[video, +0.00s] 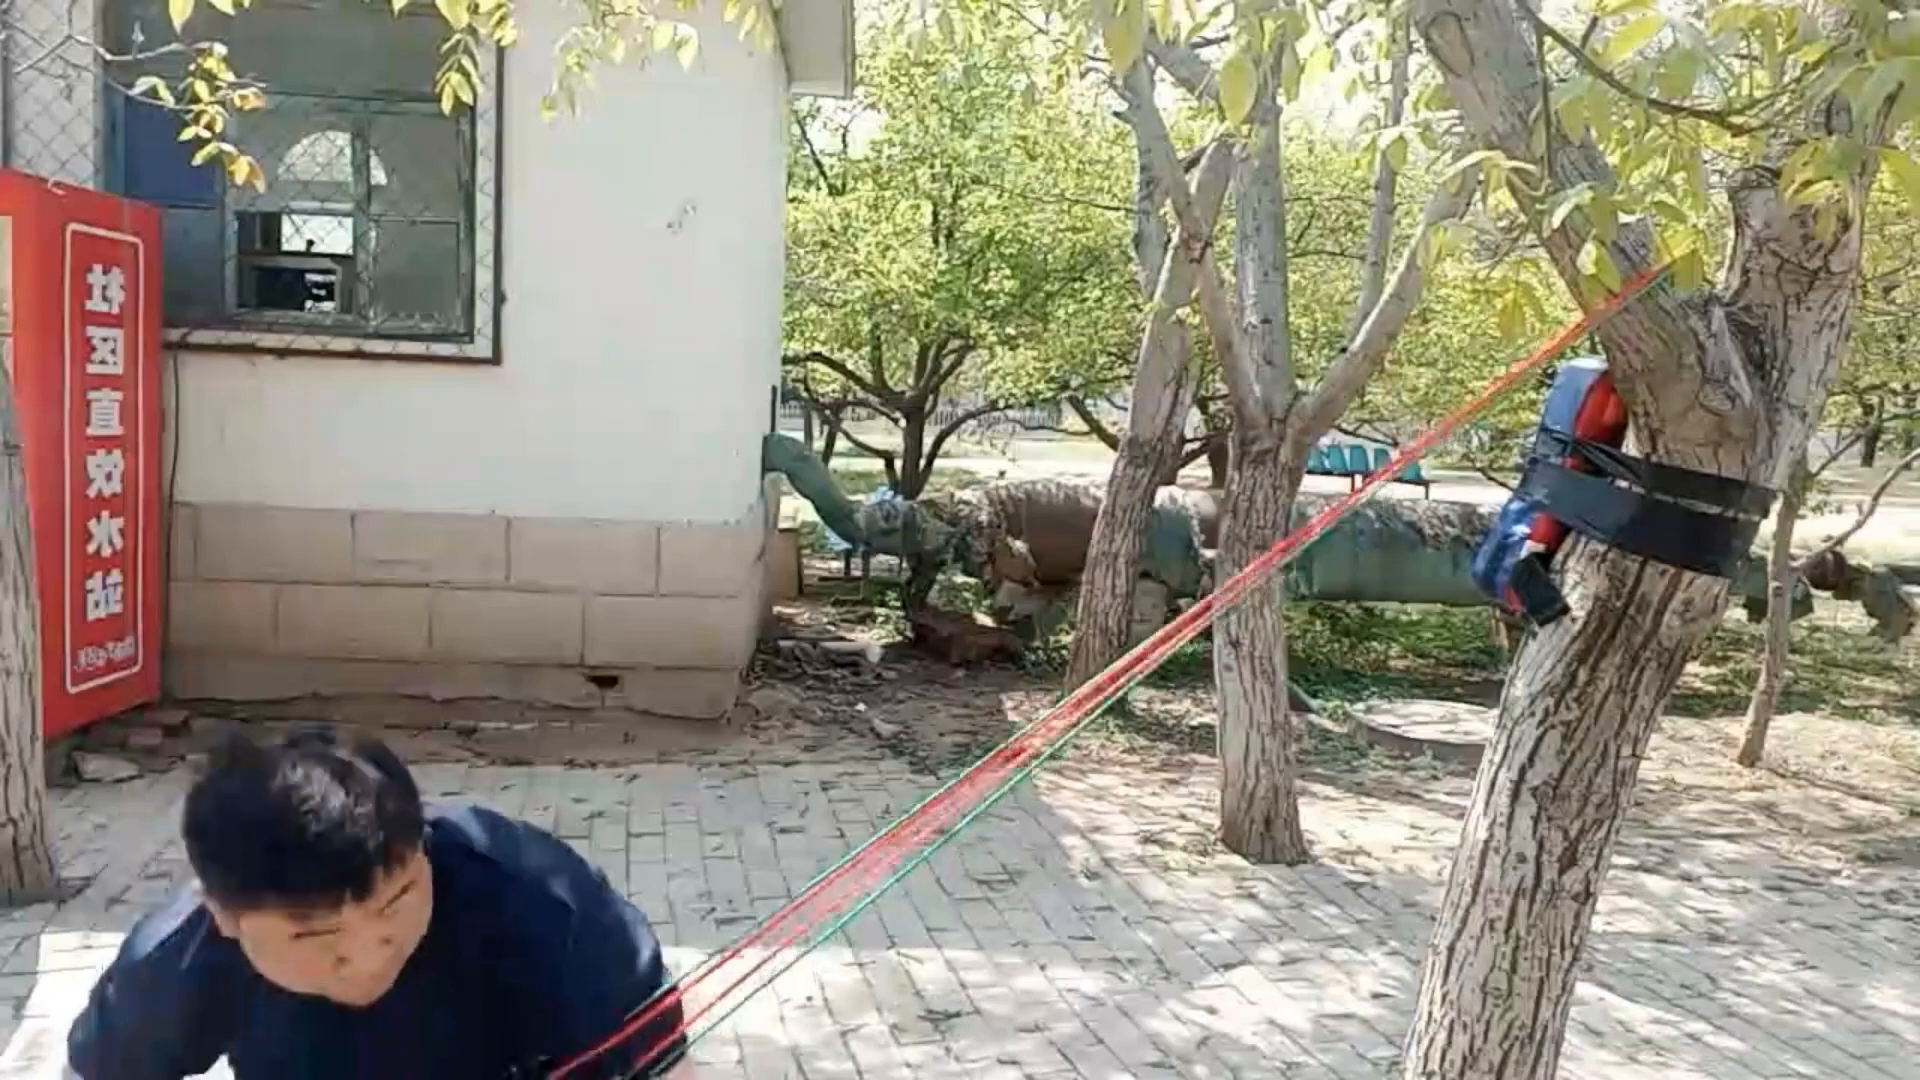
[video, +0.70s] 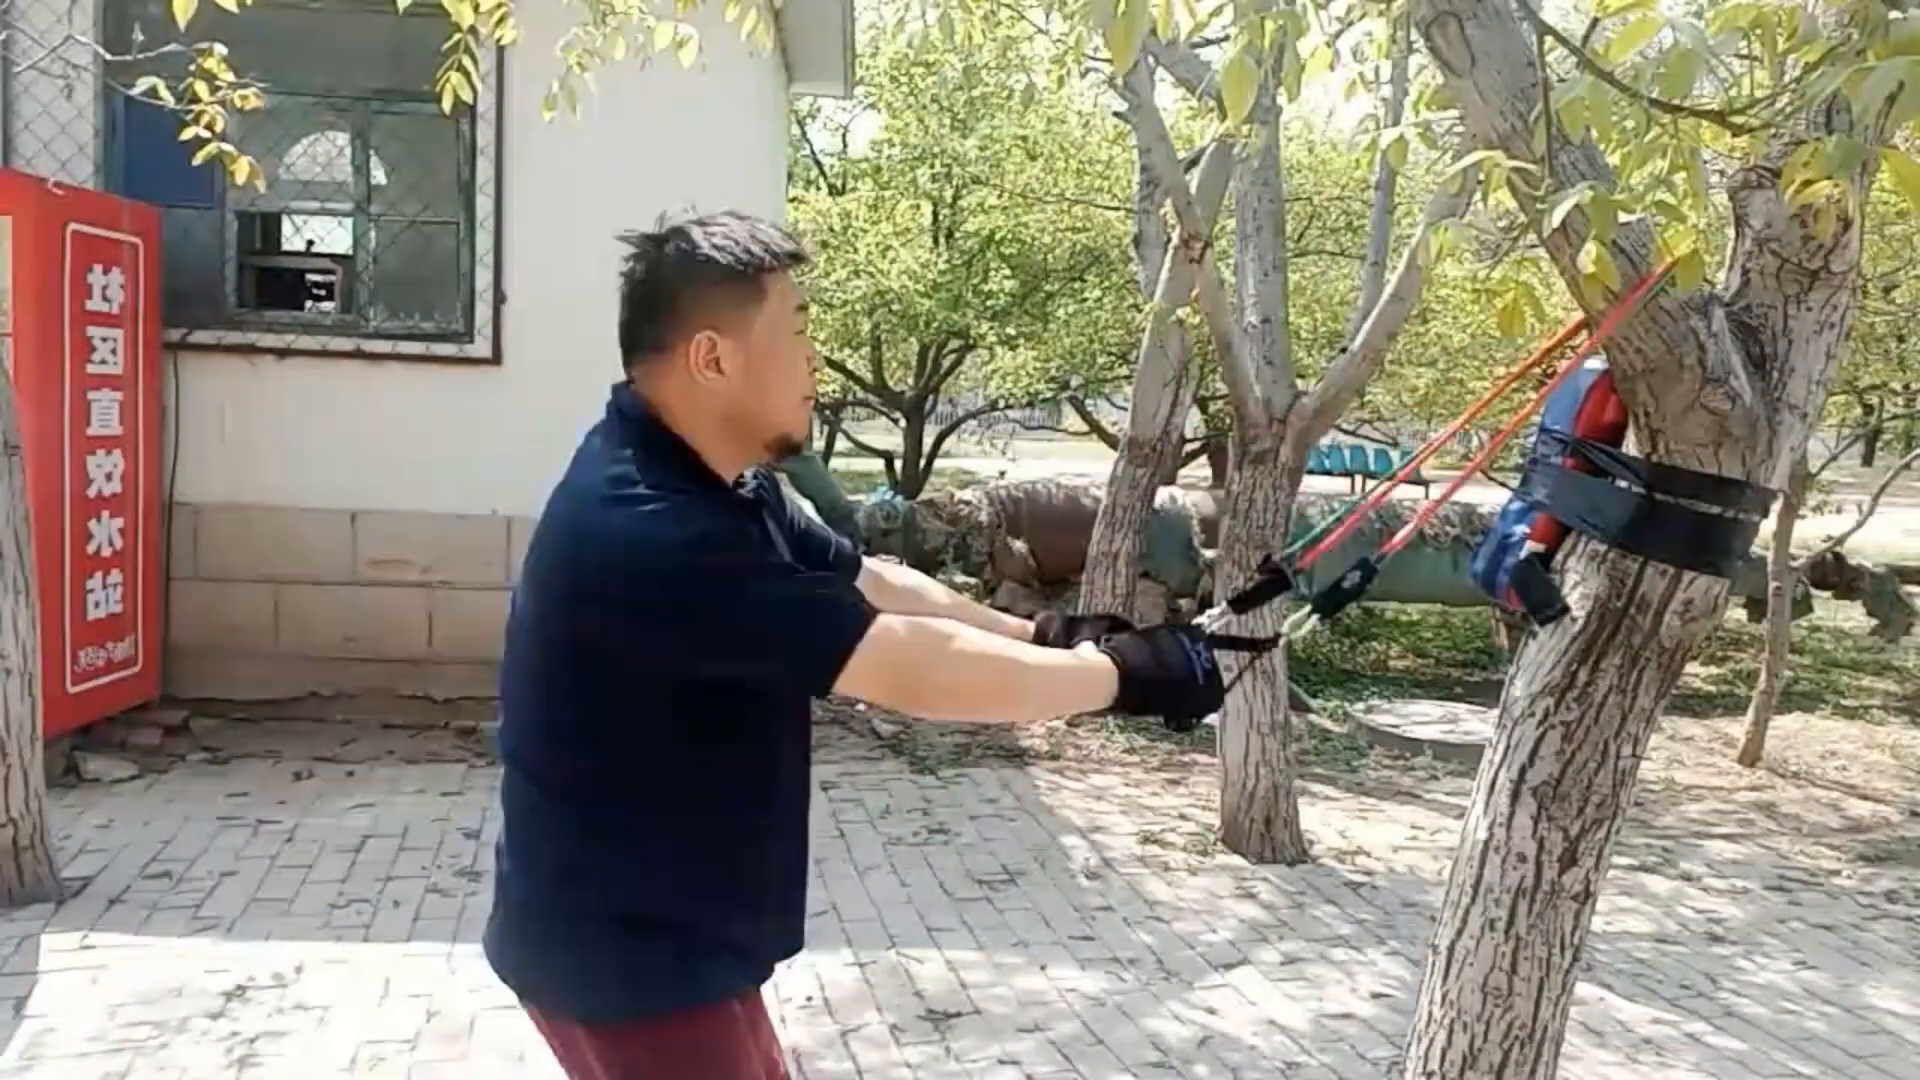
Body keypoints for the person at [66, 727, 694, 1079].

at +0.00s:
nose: (366, 957)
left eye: (394, 904)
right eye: (313, 936)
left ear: (422, 850)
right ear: (226, 916)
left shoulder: (546, 911)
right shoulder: (177, 965)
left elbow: (642, 1047)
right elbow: (102, 1066)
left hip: (489, 1051)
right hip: (296, 1054)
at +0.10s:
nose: (464, 820)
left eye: (478, 771)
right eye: (414, 798)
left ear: (493, 735)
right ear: (306, 804)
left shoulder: (588, 820)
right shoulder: (238, 876)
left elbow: (706, 1019)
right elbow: (129, 1013)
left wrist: (583, 1079)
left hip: (575, 1048)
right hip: (376, 1060)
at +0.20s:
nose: (557, 632)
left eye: (564, 590)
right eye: (510, 609)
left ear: (575, 575)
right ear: (397, 637)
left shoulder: (649, 696)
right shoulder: (314, 758)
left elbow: (765, 879)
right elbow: (169, 927)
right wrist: (252, 1001)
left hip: (663, 1044)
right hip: (435, 1054)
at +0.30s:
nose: (635, 476)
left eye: (637, 441)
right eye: (597, 451)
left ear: (649, 434)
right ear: (484, 485)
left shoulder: (698, 581)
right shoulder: (402, 641)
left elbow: (843, 702)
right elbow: (233, 869)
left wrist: (786, 815)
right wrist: (367, 856)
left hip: (713, 1025)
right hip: (483, 1039)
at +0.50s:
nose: (750, 343)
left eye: (738, 313)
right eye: (721, 316)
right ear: (613, 349)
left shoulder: (770, 480)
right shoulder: (507, 525)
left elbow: (873, 560)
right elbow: (541, 751)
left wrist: (973, 585)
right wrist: (747, 628)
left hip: (745, 951)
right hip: (575, 973)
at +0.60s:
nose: (791, 343)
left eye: (781, 314)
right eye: (768, 315)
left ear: (672, 350)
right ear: (669, 347)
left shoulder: (766, 477)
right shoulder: (565, 528)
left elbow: (872, 569)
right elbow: (754, 694)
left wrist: (1032, 567)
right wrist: (967, 599)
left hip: (734, 936)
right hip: (608, 957)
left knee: (769, 1068)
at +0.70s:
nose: (813, 356)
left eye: (803, 328)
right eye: (793, 329)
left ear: (713, 361)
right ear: (711, 358)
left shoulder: (709, 477)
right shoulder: (659, 534)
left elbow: (867, 583)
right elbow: (901, 669)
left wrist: (1037, 636)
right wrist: (1126, 678)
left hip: (673, 941)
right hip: (634, 967)